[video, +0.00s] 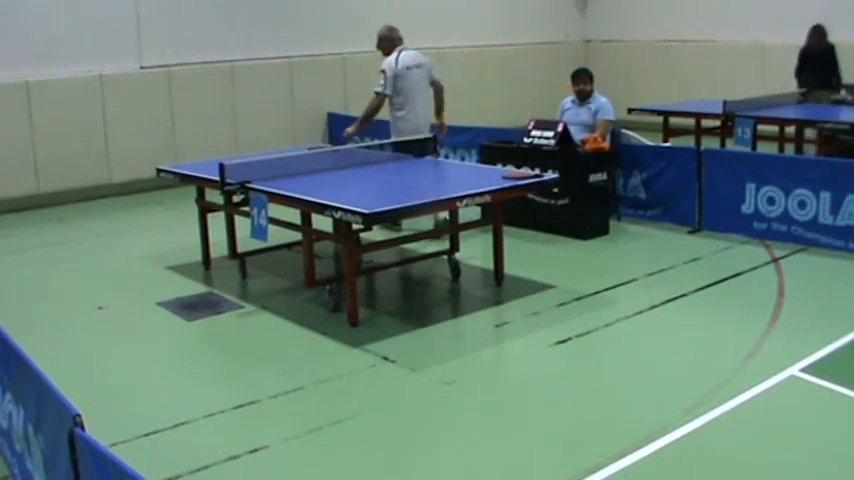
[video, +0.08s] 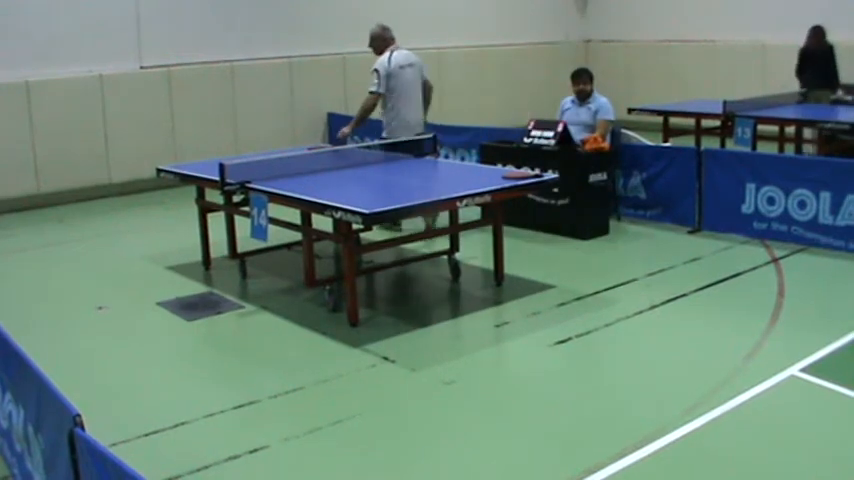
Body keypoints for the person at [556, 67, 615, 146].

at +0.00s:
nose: (581, 87)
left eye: (585, 84)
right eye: (577, 84)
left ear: (592, 85)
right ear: (572, 86)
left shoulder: (602, 104)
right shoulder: (566, 103)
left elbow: (601, 135)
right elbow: (560, 127)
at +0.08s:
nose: (581, 87)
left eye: (585, 84)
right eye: (577, 84)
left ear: (591, 85)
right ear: (572, 86)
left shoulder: (602, 104)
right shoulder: (566, 103)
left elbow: (601, 135)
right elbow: (560, 128)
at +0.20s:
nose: (581, 88)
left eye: (585, 84)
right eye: (577, 84)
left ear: (592, 85)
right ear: (572, 86)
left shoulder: (602, 103)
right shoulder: (566, 103)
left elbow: (601, 135)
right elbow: (560, 128)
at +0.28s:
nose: (582, 88)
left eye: (586, 84)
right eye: (578, 84)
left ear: (592, 85)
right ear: (573, 86)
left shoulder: (602, 104)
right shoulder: (566, 103)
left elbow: (601, 135)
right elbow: (560, 127)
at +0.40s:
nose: (582, 88)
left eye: (586, 84)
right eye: (578, 84)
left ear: (592, 85)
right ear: (573, 86)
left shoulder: (602, 103)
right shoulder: (566, 103)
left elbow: (601, 135)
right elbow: (560, 127)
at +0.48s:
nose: (582, 88)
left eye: (586, 84)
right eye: (578, 84)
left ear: (592, 85)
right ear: (573, 86)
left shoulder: (602, 103)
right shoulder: (566, 103)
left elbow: (601, 135)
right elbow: (560, 127)